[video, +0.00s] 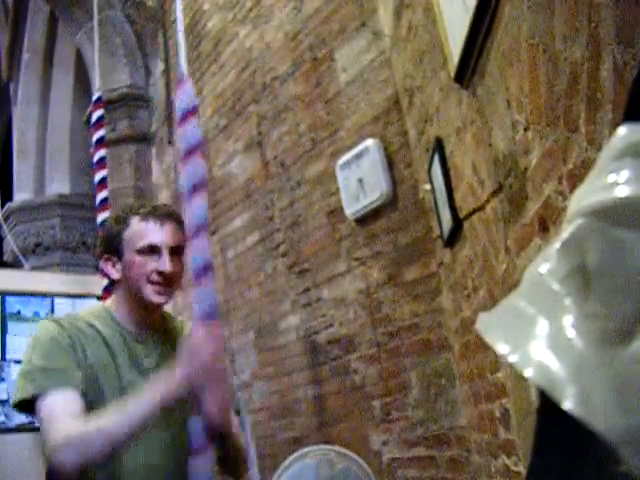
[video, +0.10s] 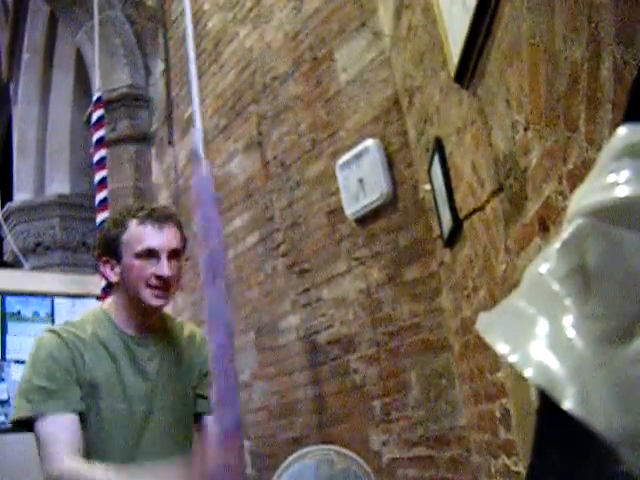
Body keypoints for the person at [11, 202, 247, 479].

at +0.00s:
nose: (167, 267)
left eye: (175, 253)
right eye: (149, 252)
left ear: (184, 262)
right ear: (113, 266)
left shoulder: (190, 340)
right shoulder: (61, 337)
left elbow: (239, 467)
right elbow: (65, 452)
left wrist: (221, 423)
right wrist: (180, 375)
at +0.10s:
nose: (165, 272)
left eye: (174, 257)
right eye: (148, 256)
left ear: (183, 264)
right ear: (110, 268)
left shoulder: (195, 346)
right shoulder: (62, 348)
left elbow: (214, 459)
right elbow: (62, 466)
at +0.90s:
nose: (160, 262)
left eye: (169, 250)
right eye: (145, 249)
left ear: (178, 262)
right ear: (113, 268)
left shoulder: (204, 350)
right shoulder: (76, 346)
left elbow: (251, 453)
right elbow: (60, 461)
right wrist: (152, 474)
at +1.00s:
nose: (164, 260)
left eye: (171, 249)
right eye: (147, 248)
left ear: (182, 260)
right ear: (117, 267)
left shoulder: (206, 349)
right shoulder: (76, 341)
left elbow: (257, 444)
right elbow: (57, 448)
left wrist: (245, 468)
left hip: (191, 472)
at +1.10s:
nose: (167, 260)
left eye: (175, 247)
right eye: (151, 247)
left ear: (187, 258)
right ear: (120, 265)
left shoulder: (211, 348)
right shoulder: (79, 333)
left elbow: (267, 451)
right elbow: (64, 408)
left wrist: (236, 419)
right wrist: (149, 310)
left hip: (201, 472)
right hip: (113, 470)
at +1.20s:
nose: (168, 261)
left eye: (177, 249)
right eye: (153, 250)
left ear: (187, 260)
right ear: (120, 262)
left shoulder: (204, 341)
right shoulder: (90, 326)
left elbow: (268, 438)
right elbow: (88, 353)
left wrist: (235, 366)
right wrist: (159, 240)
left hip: (202, 473)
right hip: (113, 473)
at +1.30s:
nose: (172, 257)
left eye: (182, 245)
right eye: (160, 243)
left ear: (192, 254)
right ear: (137, 250)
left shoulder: (210, 339)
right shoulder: (89, 327)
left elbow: (271, 408)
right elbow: (114, 297)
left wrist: (222, 306)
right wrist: (156, 192)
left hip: (205, 472)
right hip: (109, 472)